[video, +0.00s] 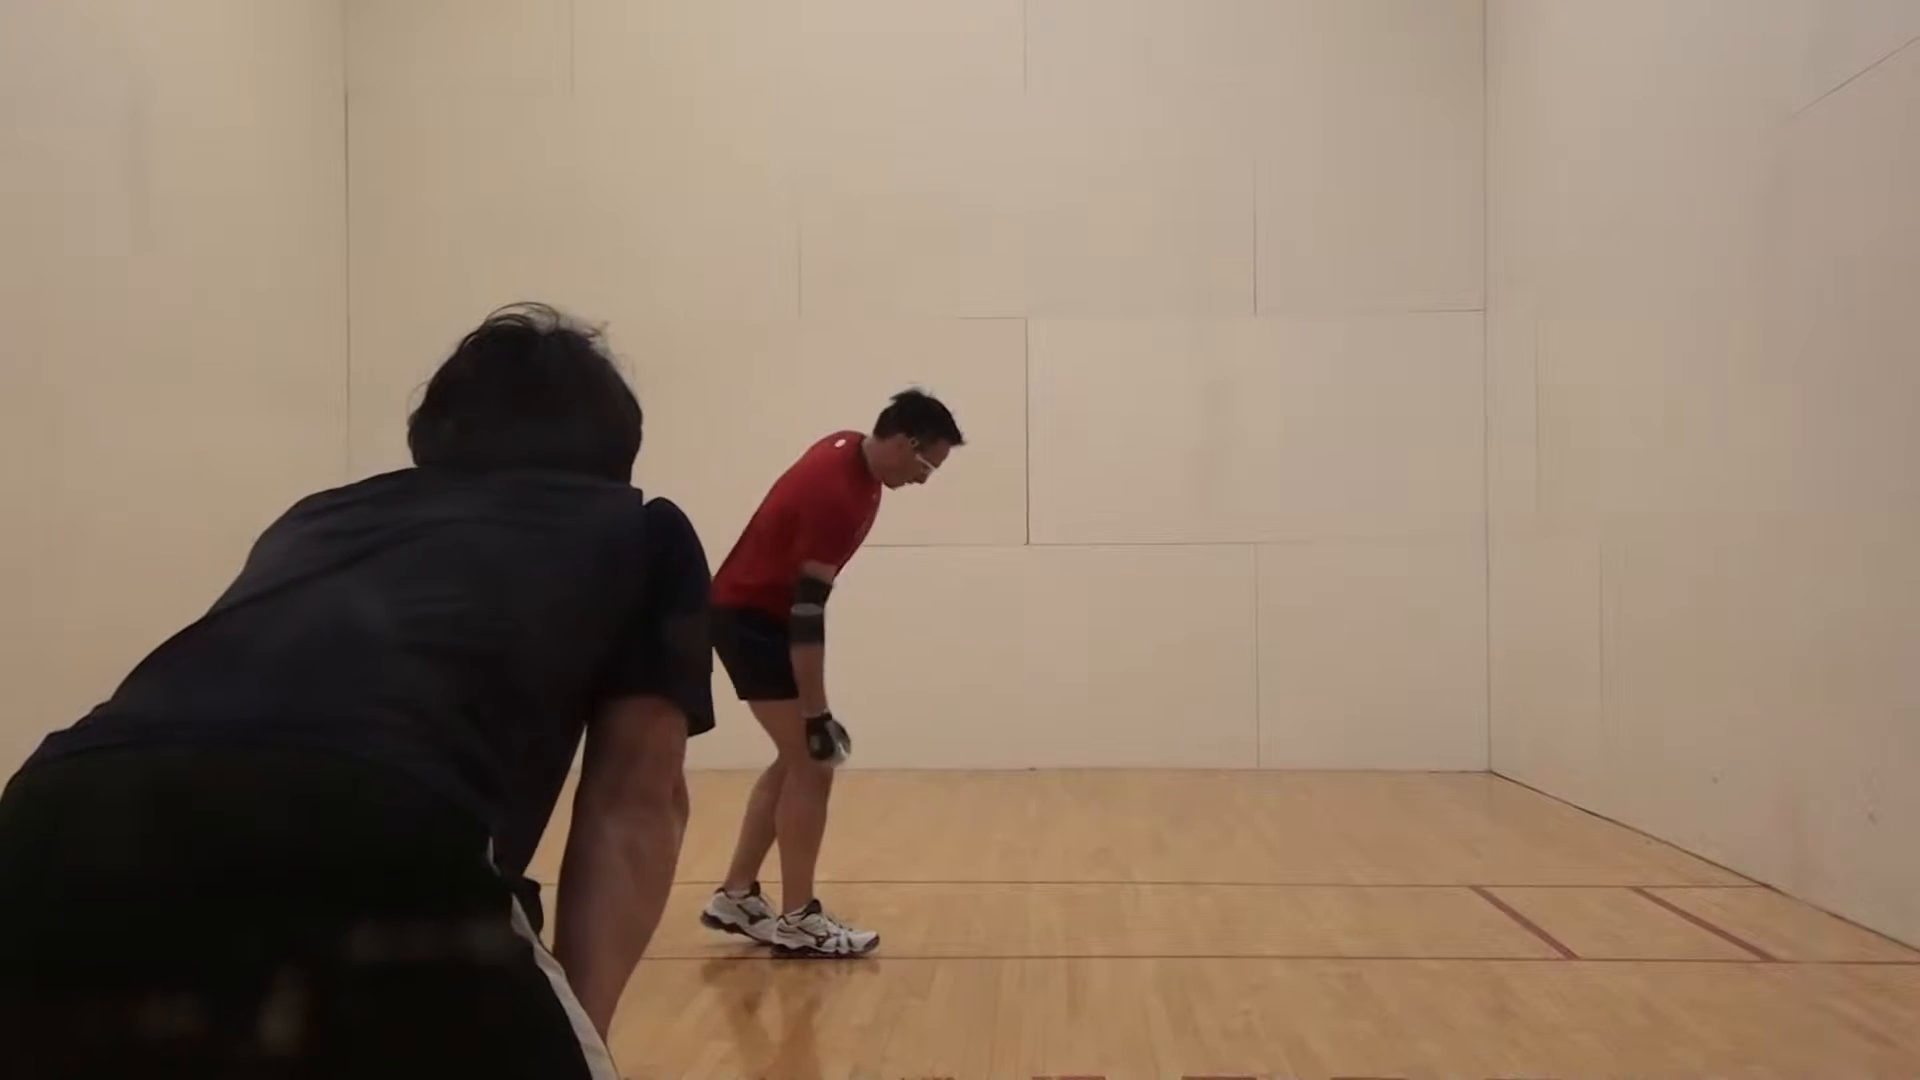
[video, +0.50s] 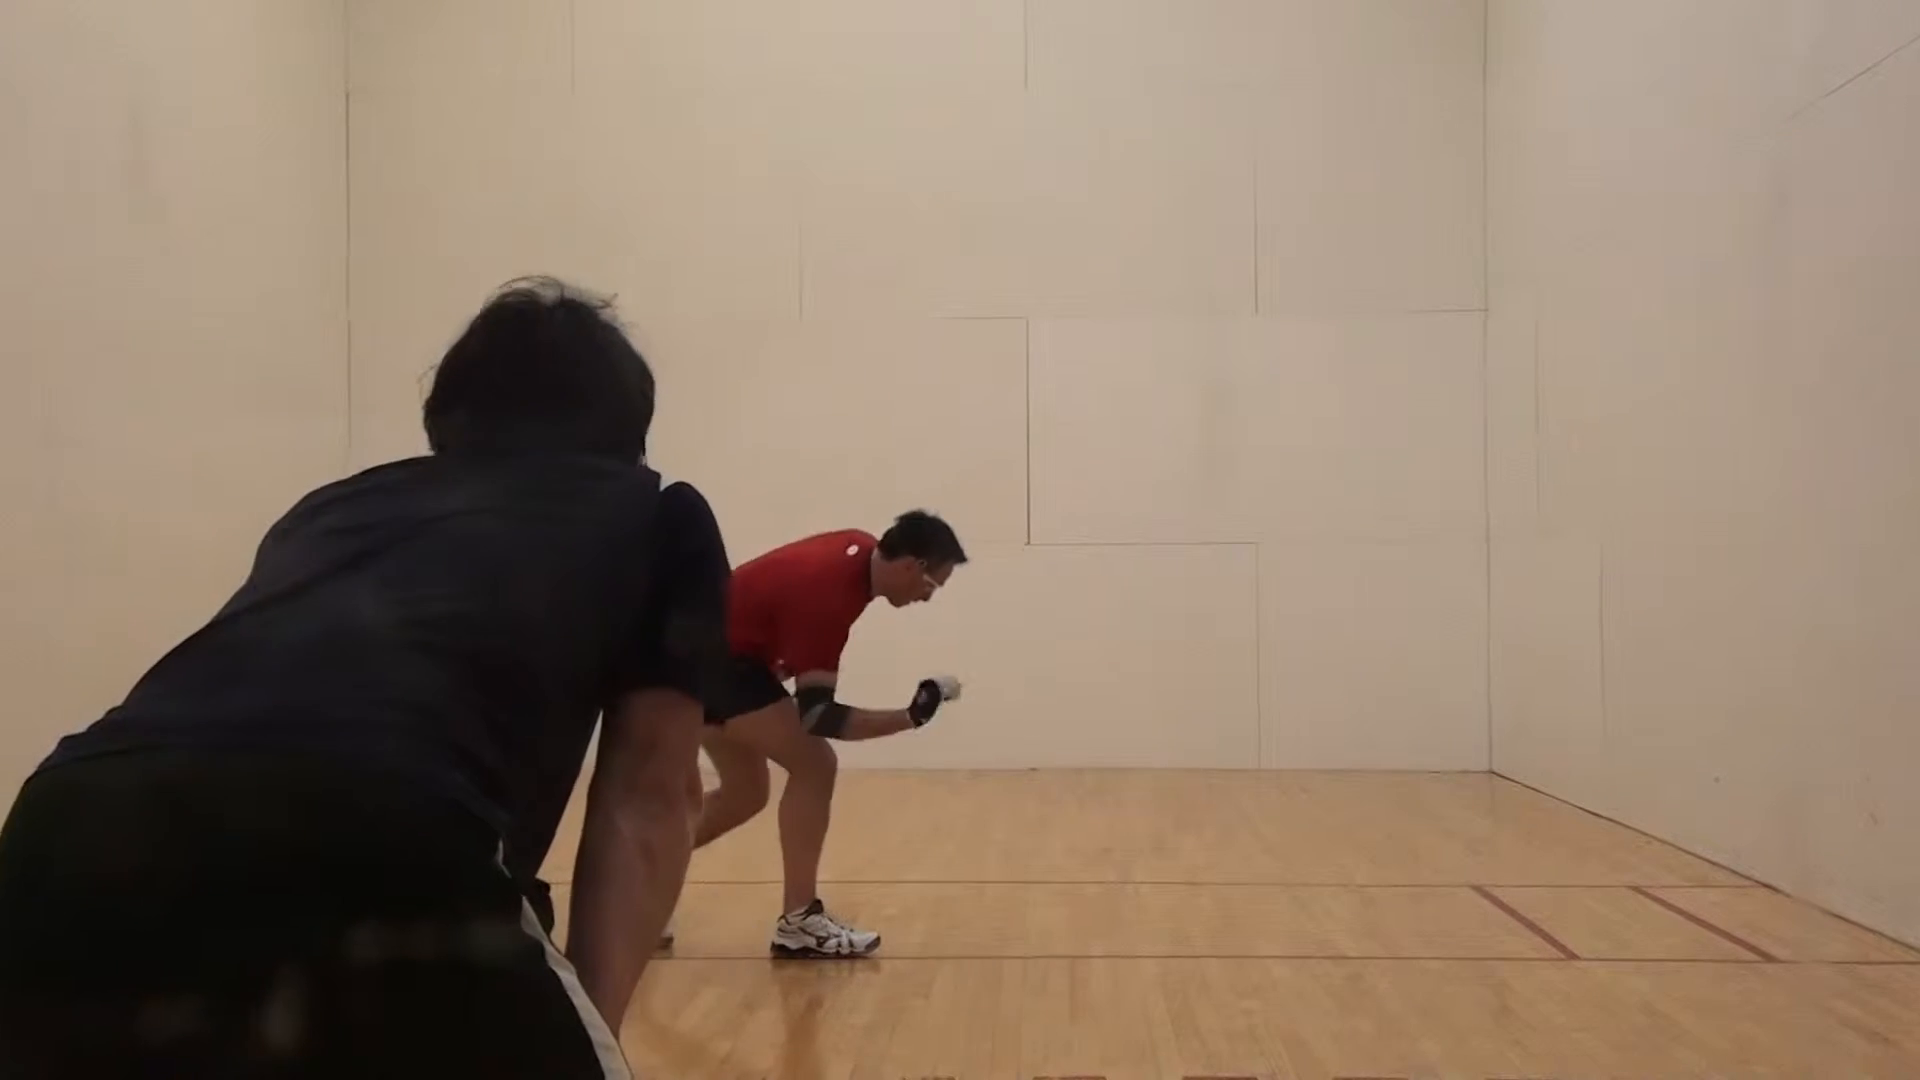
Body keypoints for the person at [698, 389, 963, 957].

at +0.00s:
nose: (923, 475)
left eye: (931, 467)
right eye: (923, 462)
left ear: (896, 439)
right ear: (895, 438)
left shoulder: (849, 454)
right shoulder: (842, 494)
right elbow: (806, 611)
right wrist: (815, 715)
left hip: (748, 610)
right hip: (751, 616)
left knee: (796, 755)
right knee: (811, 756)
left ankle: (735, 894)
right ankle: (797, 914)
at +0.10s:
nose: (931, 494)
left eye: (939, 486)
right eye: (930, 480)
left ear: (903, 457)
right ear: (904, 457)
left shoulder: (856, 466)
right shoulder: (847, 506)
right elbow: (818, 626)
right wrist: (826, 729)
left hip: (746, 614)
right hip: (753, 623)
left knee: (796, 753)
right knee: (811, 757)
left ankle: (736, 894)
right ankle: (798, 914)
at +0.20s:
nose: (939, 516)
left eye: (946, 507)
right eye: (938, 503)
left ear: (908, 481)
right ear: (910, 482)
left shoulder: (861, 483)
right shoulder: (849, 527)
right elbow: (828, 653)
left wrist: (810, 619)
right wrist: (854, 751)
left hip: (745, 624)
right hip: (747, 634)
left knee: (795, 756)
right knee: (815, 760)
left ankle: (723, 888)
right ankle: (799, 915)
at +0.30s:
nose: (939, 548)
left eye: (945, 540)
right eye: (940, 535)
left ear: (912, 510)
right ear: (913, 514)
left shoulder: (864, 505)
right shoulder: (845, 548)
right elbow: (830, 679)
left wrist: (812, 626)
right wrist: (891, 758)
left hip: (735, 633)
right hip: (741, 643)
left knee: (782, 772)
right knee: (818, 764)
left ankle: (689, 872)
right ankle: (799, 916)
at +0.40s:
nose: (937, 576)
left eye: (944, 566)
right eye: (940, 564)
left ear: (914, 541)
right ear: (915, 545)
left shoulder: (865, 528)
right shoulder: (836, 575)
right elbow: (822, 701)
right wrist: (912, 728)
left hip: (721, 643)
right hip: (732, 654)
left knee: (770, 780)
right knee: (819, 762)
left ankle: (646, 857)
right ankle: (800, 917)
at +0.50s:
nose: (929, 596)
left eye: (936, 587)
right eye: (932, 584)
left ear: (908, 561)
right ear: (910, 566)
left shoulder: (858, 546)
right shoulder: (829, 594)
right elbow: (818, 715)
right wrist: (910, 717)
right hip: (722, 663)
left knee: (743, 794)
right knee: (814, 764)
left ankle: (632, 868)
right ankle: (799, 917)